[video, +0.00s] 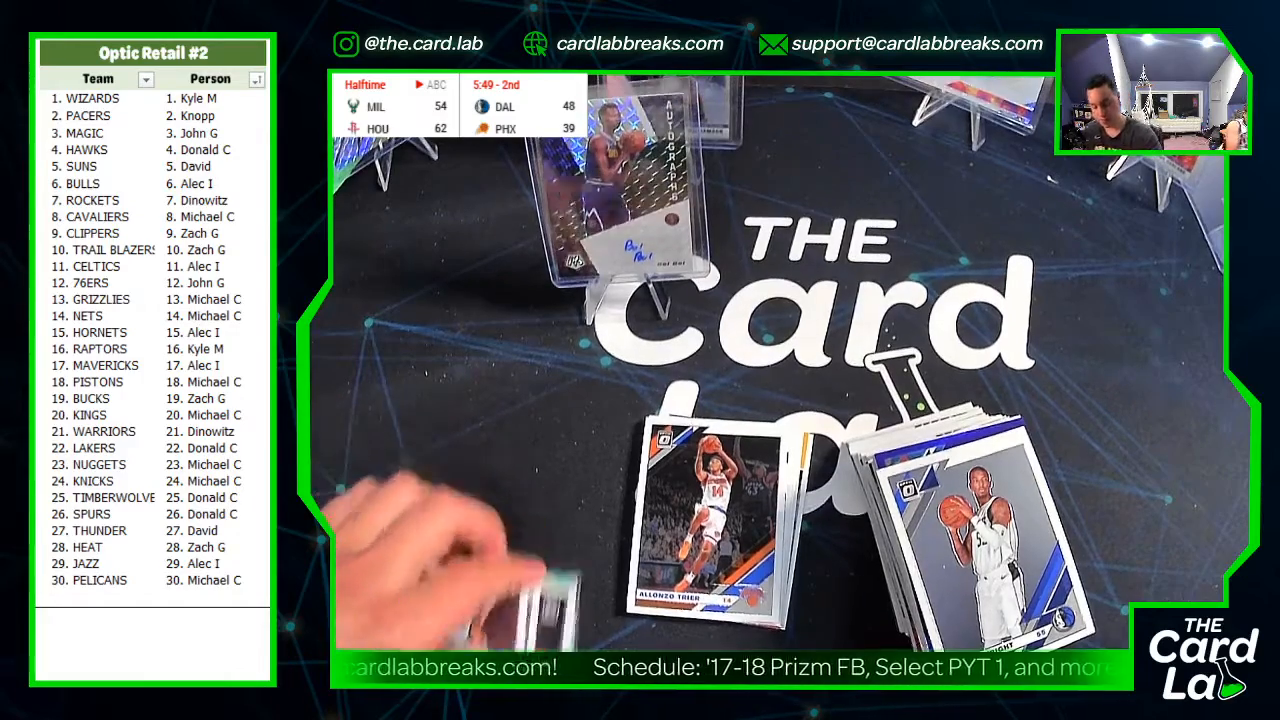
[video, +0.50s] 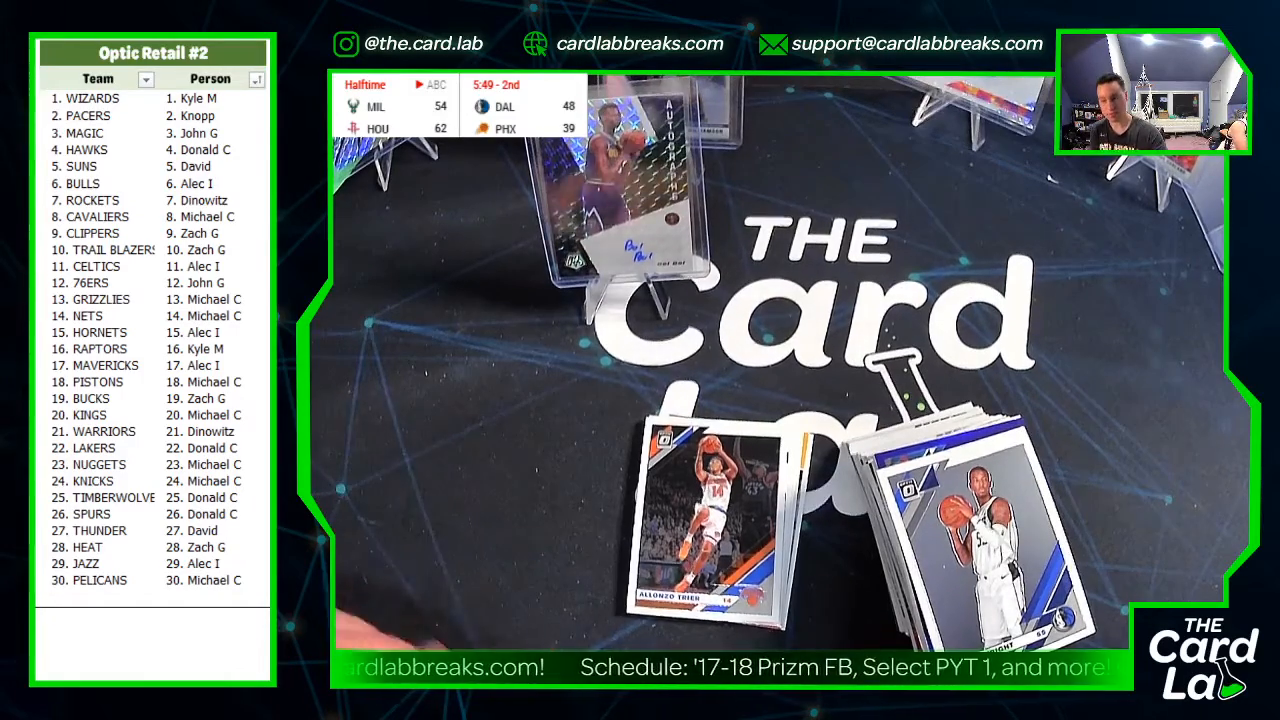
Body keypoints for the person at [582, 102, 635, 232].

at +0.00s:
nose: (618, 118)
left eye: (618, 115)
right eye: (614, 116)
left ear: (620, 117)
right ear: (603, 119)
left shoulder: (616, 141)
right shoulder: (598, 141)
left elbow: (621, 178)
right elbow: (606, 176)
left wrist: (631, 154)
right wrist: (623, 157)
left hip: (611, 188)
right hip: (595, 190)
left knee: (624, 227)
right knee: (599, 234)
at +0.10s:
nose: (618, 119)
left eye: (618, 115)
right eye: (613, 116)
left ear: (620, 117)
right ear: (603, 119)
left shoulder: (615, 141)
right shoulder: (598, 141)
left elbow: (620, 171)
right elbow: (607, 176)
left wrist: (631, 153)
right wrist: (624, 156)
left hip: (612, 189)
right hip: (596, 193)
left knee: (623, 229)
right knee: (599, 236)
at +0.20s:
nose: (618, 119)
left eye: (618, 115)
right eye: (613, 115)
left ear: (620, 117)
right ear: (603, 119)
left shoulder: (615, 141)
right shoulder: (598, 141)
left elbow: (620, 175)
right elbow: (607, 176)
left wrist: (631, 153)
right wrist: (624, 155)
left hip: (612, 189)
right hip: (596, 193)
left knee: (625, 227)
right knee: (600, 235)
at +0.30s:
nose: (618, 118)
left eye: (619, 115)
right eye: (614, 115)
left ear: (620, 117)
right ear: (603, 118)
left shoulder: (615, 141)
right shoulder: (598, 141)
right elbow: (606, 176)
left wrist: (631, 153)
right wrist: (624, 156)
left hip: (612, 187)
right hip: (596, 189)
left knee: (624, 226)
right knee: (600, 233)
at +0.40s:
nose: (618, 118)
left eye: (619, 115)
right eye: (614, 115)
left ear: (620, 117)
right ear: (603, 118)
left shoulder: (615, 141)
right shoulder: (599, 141)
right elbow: (605, 175)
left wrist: (630, 153)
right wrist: (624, 156)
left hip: (612, 187)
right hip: (596, 189)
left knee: (624, 226)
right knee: (599, 233)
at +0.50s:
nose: (617, 118)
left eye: (618, 115)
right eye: (613, 115)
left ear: (620, 117)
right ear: (603, 118)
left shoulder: (616, 142)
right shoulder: (598, 141)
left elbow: (621, 176)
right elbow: (606, 175)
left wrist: (632, 157)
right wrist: (623, 156)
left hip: (611, 187)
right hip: (596, 188)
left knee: (625, 227)